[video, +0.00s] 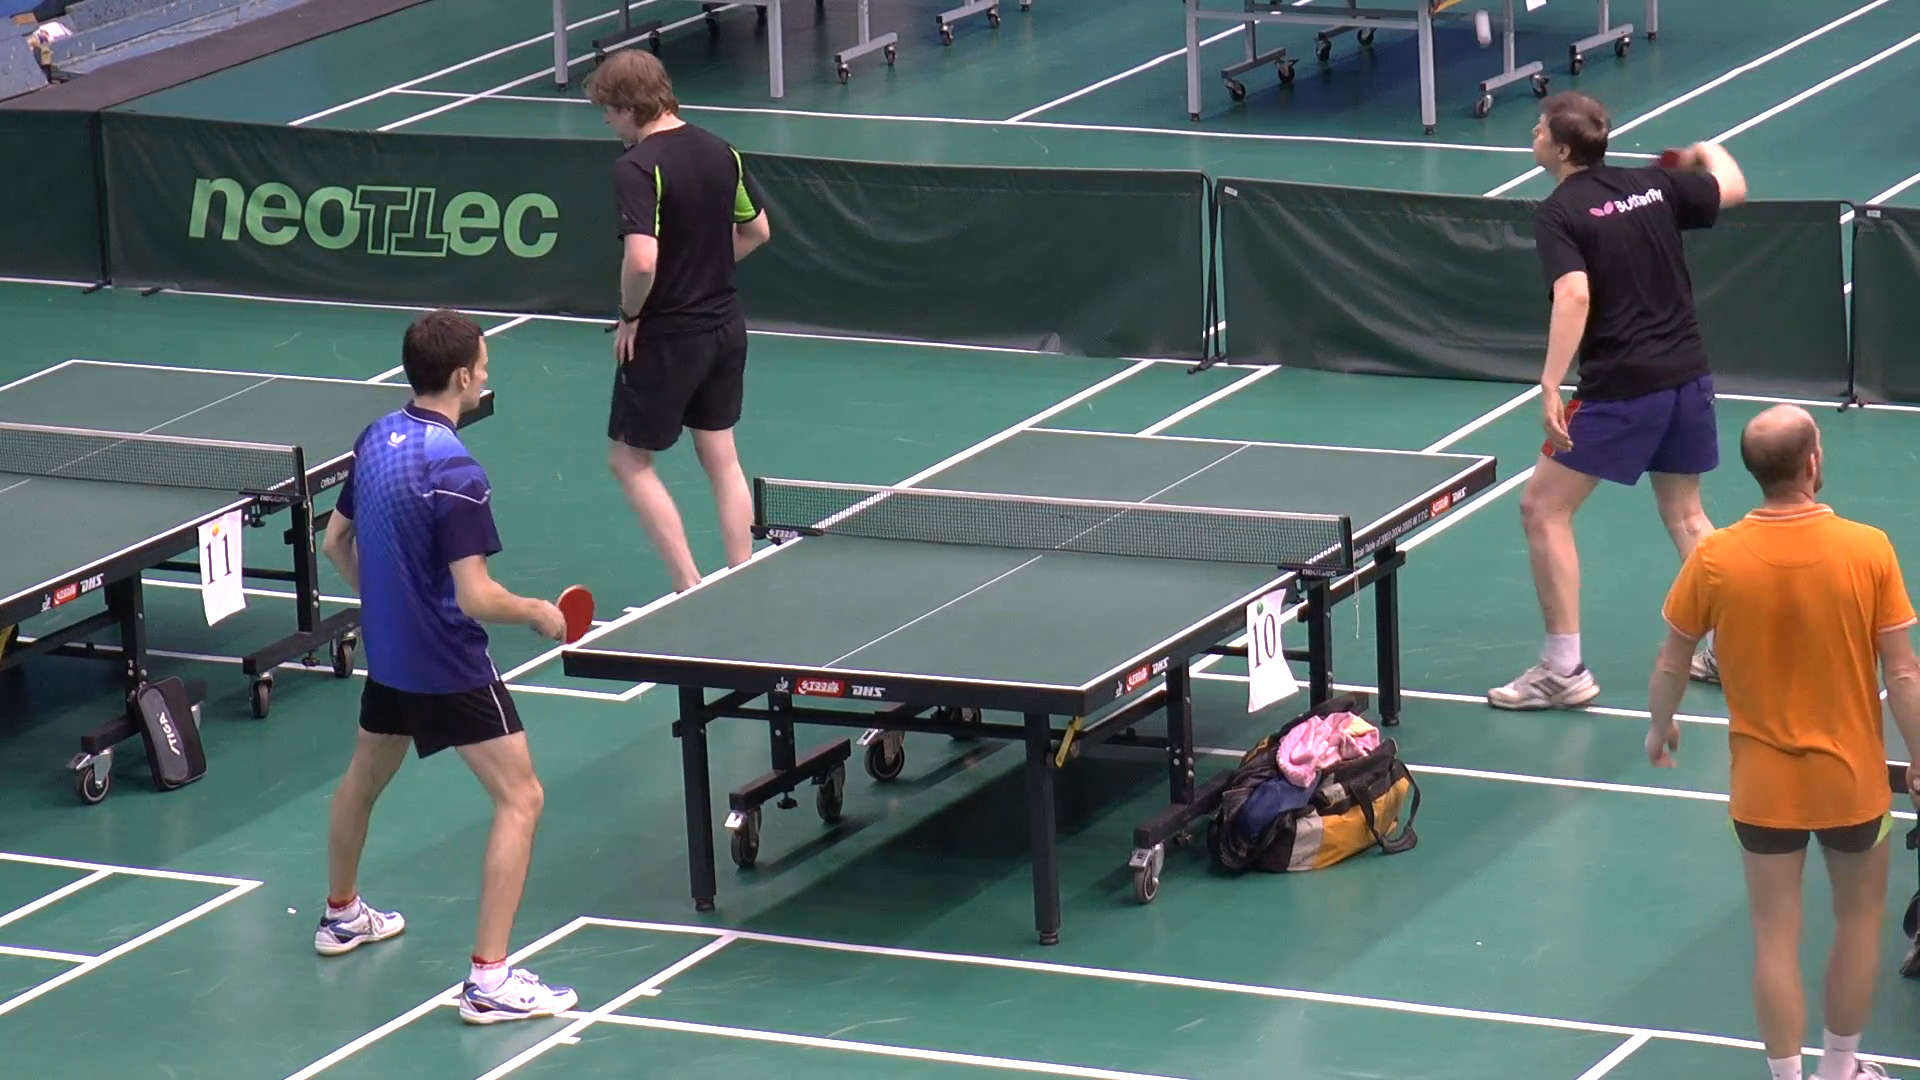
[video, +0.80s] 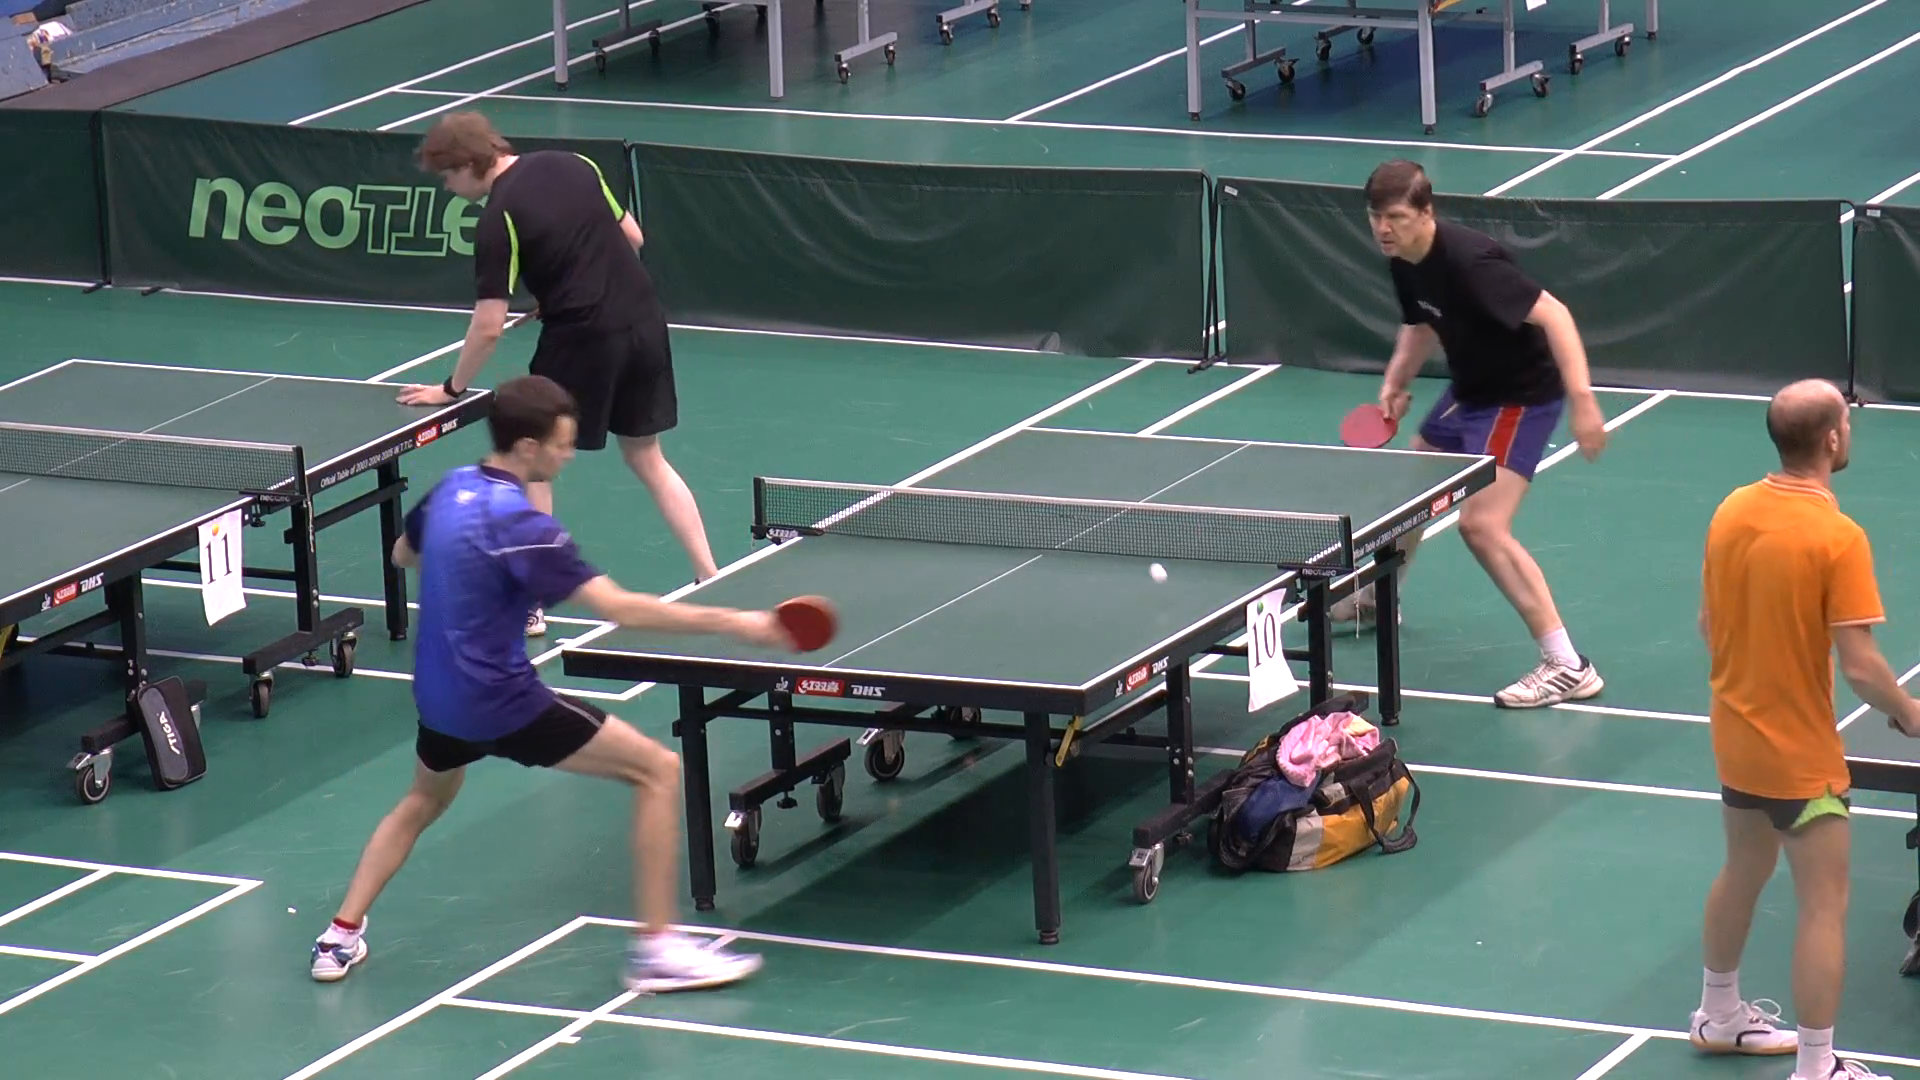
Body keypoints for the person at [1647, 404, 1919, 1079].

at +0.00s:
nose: (1821, 452)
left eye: (1815, 442)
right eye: (1818, 445)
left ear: (1750, 468)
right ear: (1813, 461)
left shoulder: (1716, 555)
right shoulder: (1868, 549)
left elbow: (1672, 662)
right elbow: (1902, 673)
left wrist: (1660, 726)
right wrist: (1918, 761)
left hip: (1761, 786)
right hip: (1853, 779)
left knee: (1774, 933)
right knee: (1857, 916)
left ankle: (1785, 1071)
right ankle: (1840, 1068)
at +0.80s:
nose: (1850, 430)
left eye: (1847, 418)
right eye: (1847, 421)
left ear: (1777, 440)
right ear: (1834, 439)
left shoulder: (1732, 510)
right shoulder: (1838, 536)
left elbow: (1712, 629)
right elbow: (1860, 666)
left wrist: (1749, 683)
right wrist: (1909, 714)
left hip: (1733, 739)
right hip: (1800, 749)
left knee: (1743, 867)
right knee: (1824, 901)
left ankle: (1720, 1015)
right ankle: (1818, 1065)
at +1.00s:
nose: (1839, 428)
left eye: (1837, 416)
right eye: (1836, 418)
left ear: (1770, 433)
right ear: (1818, 434)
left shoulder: (1731, 499)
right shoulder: (1790, 521)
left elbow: (1721, 627)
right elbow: (1800, 647)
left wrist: (1776, 706)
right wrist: (1877, 691)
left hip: (1702, 721)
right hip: (1746, 734)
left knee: (1716, 872)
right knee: (1780, 890)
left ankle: (1714, 1020)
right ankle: (1797, 1054)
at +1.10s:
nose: (1836, 427)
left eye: (1834, 417)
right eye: (1834, 418)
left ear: (1769, 429)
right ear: (1814, 433)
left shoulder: (1736, 491)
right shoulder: (1771, 515)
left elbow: (1750, 621)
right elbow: (1776, 643)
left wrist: (1798, 688)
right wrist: (1853, 687)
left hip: (1697, 713)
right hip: (1724, 727)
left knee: (1710, 874)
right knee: (1747, 886)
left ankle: (1712, 1019)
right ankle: (1748, 1050)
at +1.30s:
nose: (1832, 437)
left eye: (1830, 426)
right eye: (1828, 427)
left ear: (1779, 433)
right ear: (1801, 438)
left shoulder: (1752, 498)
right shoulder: (1737, 515)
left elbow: (1769, 589)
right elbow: (1722, 639)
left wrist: (1856, 633)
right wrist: (1802, 688)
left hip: (1714, 717)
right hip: (1681, 723)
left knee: (1711, 867)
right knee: (1680, 875)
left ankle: (1716, 1020)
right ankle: (1633, 1034)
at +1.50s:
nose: (1810, 444)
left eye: (1809, 433)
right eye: (1805, 434)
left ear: (1763, 439)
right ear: (1773, 441)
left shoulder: (1755, 507)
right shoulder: (1690, 514)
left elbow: (1806, 593)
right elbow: (1661, 631)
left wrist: (1900, 613)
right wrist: (1743, 690)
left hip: (1700, 713)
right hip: (1640, 714)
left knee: (1700, 859)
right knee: (1612, 865)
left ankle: (1714, 1019)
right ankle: (1550, 990)